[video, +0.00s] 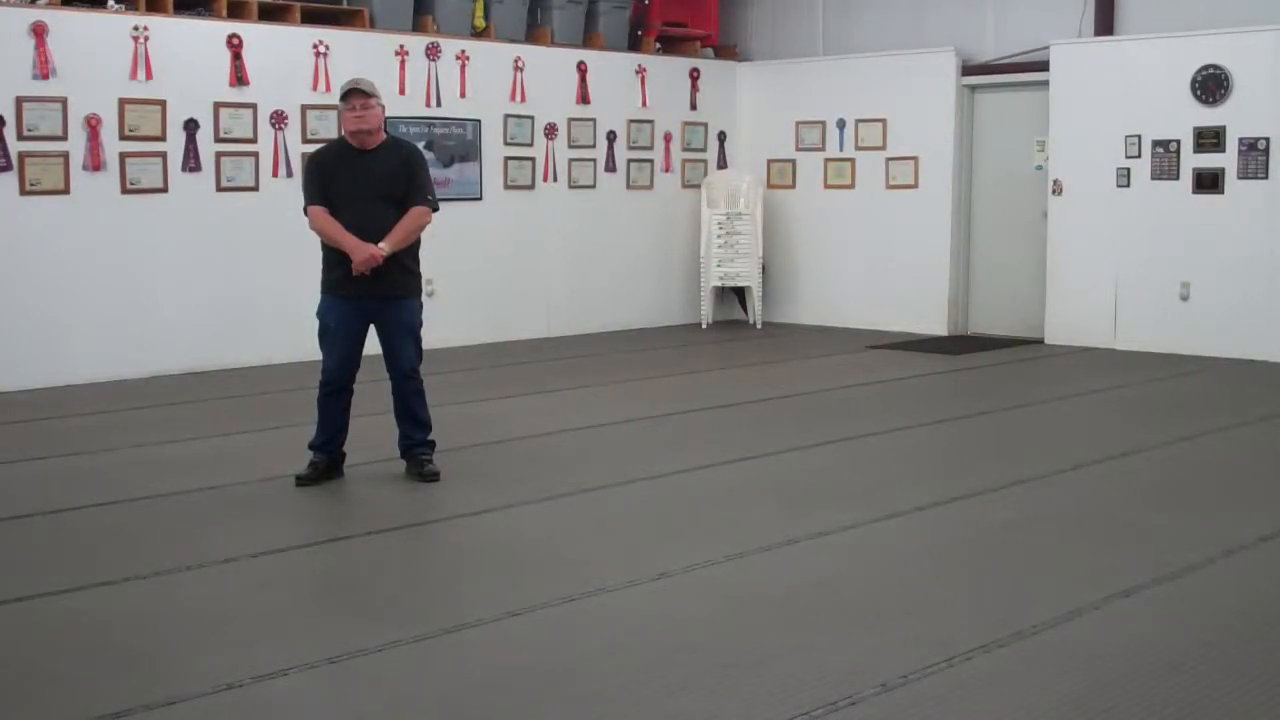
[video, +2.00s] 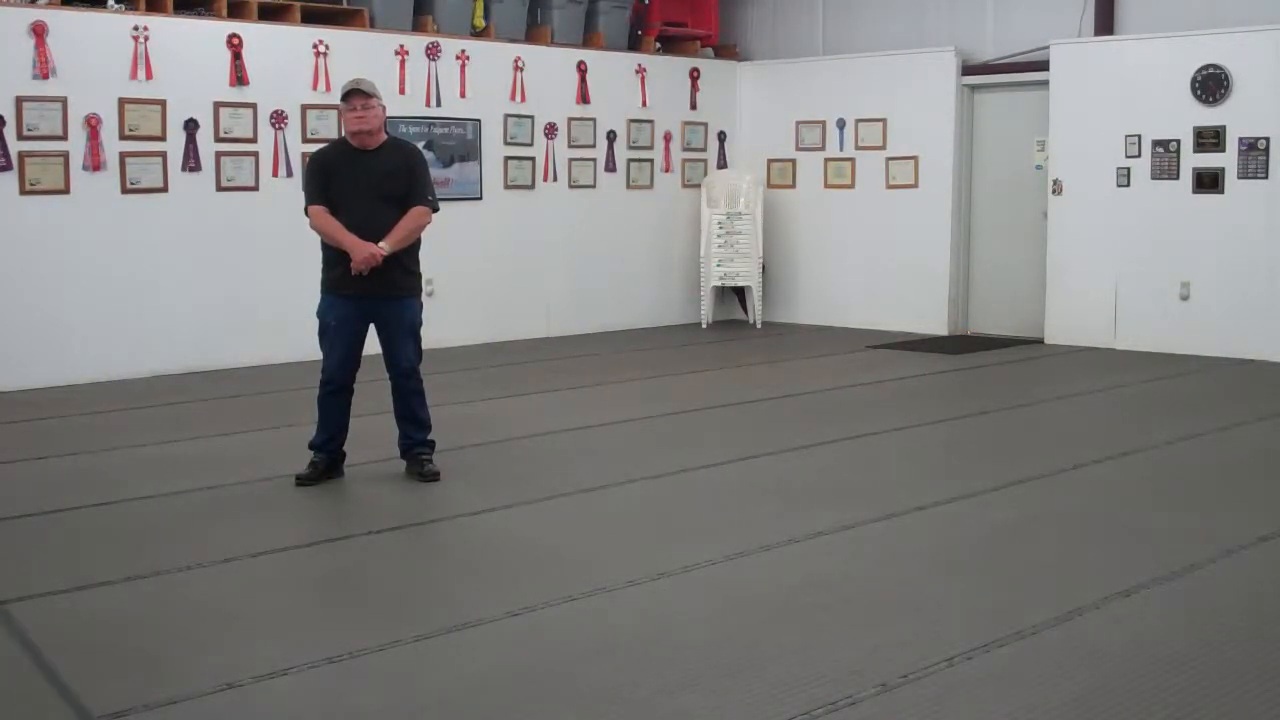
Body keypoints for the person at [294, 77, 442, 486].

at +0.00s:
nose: (359, 114)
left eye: (367, 106)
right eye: (351, 108)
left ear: (382, 111)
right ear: (340, 117)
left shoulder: (407, 155)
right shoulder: (321, 161)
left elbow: (422, 212)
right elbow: (316, 216)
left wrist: (380, 250)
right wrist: (355, 248)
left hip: (398, 287)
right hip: (343, 288)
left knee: (407, 373)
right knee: (335, 376)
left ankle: (419, 452)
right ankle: (326, 455)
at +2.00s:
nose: (359, 114)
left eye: (366, 107)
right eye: (351, 109)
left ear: (382, 111)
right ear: (341, 117)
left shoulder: (407, 155)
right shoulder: (323, 161)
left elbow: (422, 213)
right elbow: (317, 215)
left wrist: (379, 250)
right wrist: (355, 246)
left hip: (398, 287)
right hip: (342, 288)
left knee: (406, 373)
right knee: (335, 375)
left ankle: (419, 452)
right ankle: (327, 455)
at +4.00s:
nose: (357, 117)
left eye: (364, 109)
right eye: (350, 111)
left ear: (381, 113)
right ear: (339, 118)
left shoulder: (406, 155)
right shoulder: (321, 161)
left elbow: (421, 212)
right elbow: (316, 215)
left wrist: (378, 250)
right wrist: (355, 246)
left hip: (397, 289)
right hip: (342, 290)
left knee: (407, 373)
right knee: (335, 378)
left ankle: (418, 451)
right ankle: (327, 461)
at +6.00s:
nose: (361, 116)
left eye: (366, 109)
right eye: (353, 111)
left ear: (380, 112)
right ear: (341, 118)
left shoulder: (405, 154)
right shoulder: (327, 160)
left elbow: (421, 210)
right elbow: (313, 212)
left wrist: (375, 250)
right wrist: (351, 244)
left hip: (397, 285)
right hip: (342, 286)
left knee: (406, 372)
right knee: (336, 377)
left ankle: (415, 454)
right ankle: (329, 458)